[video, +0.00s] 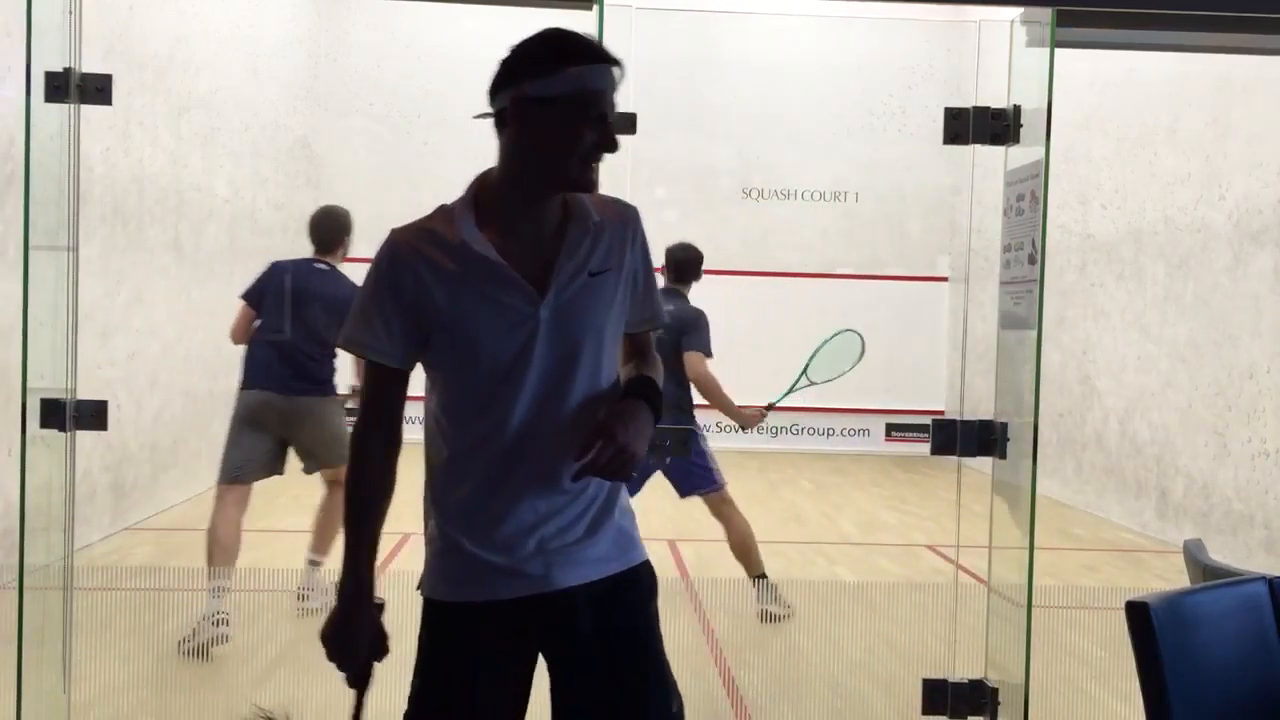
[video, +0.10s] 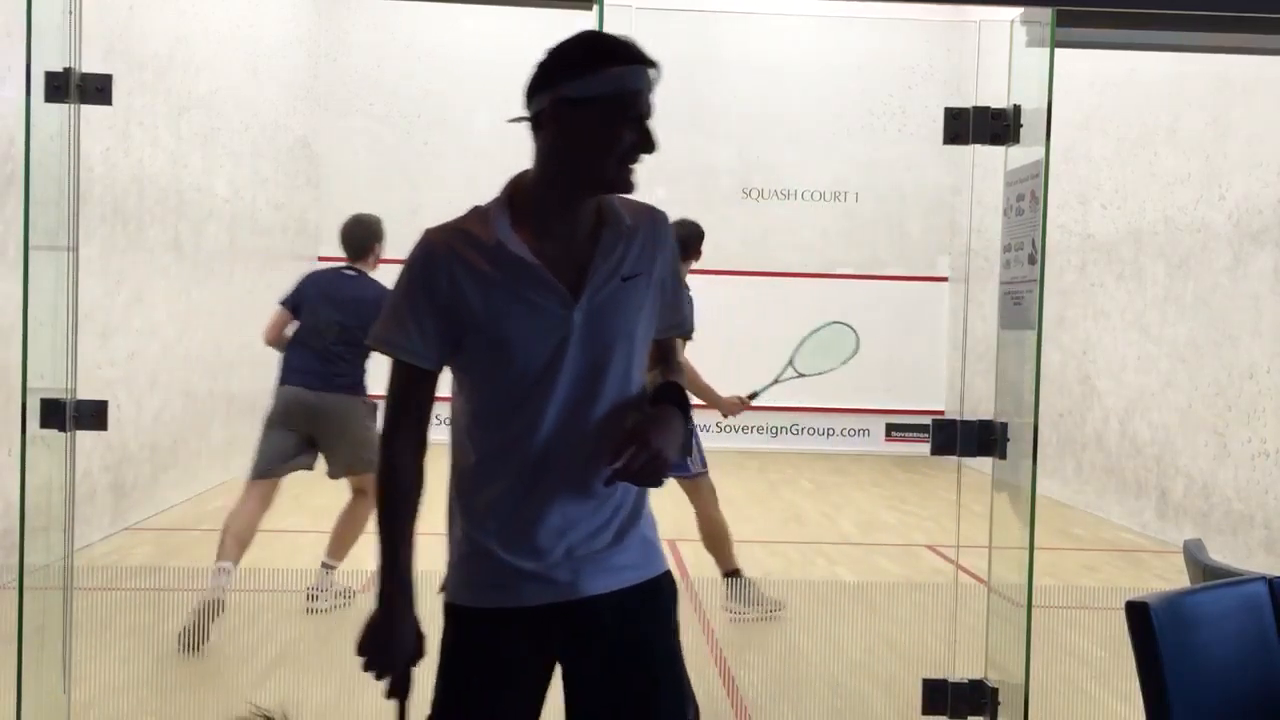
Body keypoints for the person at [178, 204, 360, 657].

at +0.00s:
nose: (348, 245)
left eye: (339, 236)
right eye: (349, 239)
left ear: (311, 237)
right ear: (346, 243)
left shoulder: (277, 273)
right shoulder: (350, 294)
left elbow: (239, 333)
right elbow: (364, 365)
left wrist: (275, 336)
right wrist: (363, 397)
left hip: (257, 398)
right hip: (313, 403)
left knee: (231, 499)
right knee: (340, 481)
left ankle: (216, 608)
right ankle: (312, 580)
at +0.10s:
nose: (383, 252)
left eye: (379, 244)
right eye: (382, 246)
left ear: (343, 247)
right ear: (377, 251)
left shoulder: (314, 281)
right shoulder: (382, 297)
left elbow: (272, 335)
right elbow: (399, 350)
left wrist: (304, 349)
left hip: (293, 396)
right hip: (344, 403)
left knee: (257, 493)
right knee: (365, 493)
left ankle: (217, 586)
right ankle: (324, 583)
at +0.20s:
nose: (413, 262)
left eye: (410, 255)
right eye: (412, 256)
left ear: (376, 257)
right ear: (407, 260)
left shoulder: (348, 292)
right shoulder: (412, 306)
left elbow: (313, 348)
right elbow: (440, 370)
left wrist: (330, 387)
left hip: (324, 407)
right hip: (369, 412)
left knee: (312, 505)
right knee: (385, 500)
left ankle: (239, 552)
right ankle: (325, 582)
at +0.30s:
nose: (445, 263)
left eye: (444, 256)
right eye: (444, 256)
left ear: (410, 257)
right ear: (435, 258)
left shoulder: (380, 292)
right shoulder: (440, 303)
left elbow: (346, 353)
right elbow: (464, 370)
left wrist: (339, 411)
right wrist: (467, 386)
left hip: (358, 398)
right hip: (396, 405)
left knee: (383, 483)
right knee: (398, 502)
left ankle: (325, 540)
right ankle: (330, 569)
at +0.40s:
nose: (479, 256)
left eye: (477, 249)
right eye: (476, 249)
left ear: (443, 252)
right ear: (465, 251)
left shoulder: (413, 288)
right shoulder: (474, 295)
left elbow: (380, 345)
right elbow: (489, 359)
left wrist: (356, 400)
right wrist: (487, 387)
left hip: (402, 393)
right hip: (434, 400)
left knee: (445, 460)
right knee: (414, 496)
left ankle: (446, 551)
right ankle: (336, 565)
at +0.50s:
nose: (511, 259)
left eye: (510, 252)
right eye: (508, 252)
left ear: (479, 256)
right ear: (491, 254)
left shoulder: (446, 294)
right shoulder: (505, 297)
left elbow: (413, 345)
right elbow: (517, 360)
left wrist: (384, 396)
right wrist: (514, 389)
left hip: (449, 399)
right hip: (477, 404)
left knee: (490, 473)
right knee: (453, 501)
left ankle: (514, 548)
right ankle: (367, 550)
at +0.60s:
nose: (540, 259)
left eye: (539, 253)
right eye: (536, 253)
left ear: (510, 256)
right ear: (515, 254)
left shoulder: (477, 295)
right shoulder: (530, 299)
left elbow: (451, 350)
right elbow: (541, 360)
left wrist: (425, 399)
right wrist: (548, 389)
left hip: (476, 398)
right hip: (504, 403)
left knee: (521, 461)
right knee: (506, 500)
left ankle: (523, 548)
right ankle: (420, 541)